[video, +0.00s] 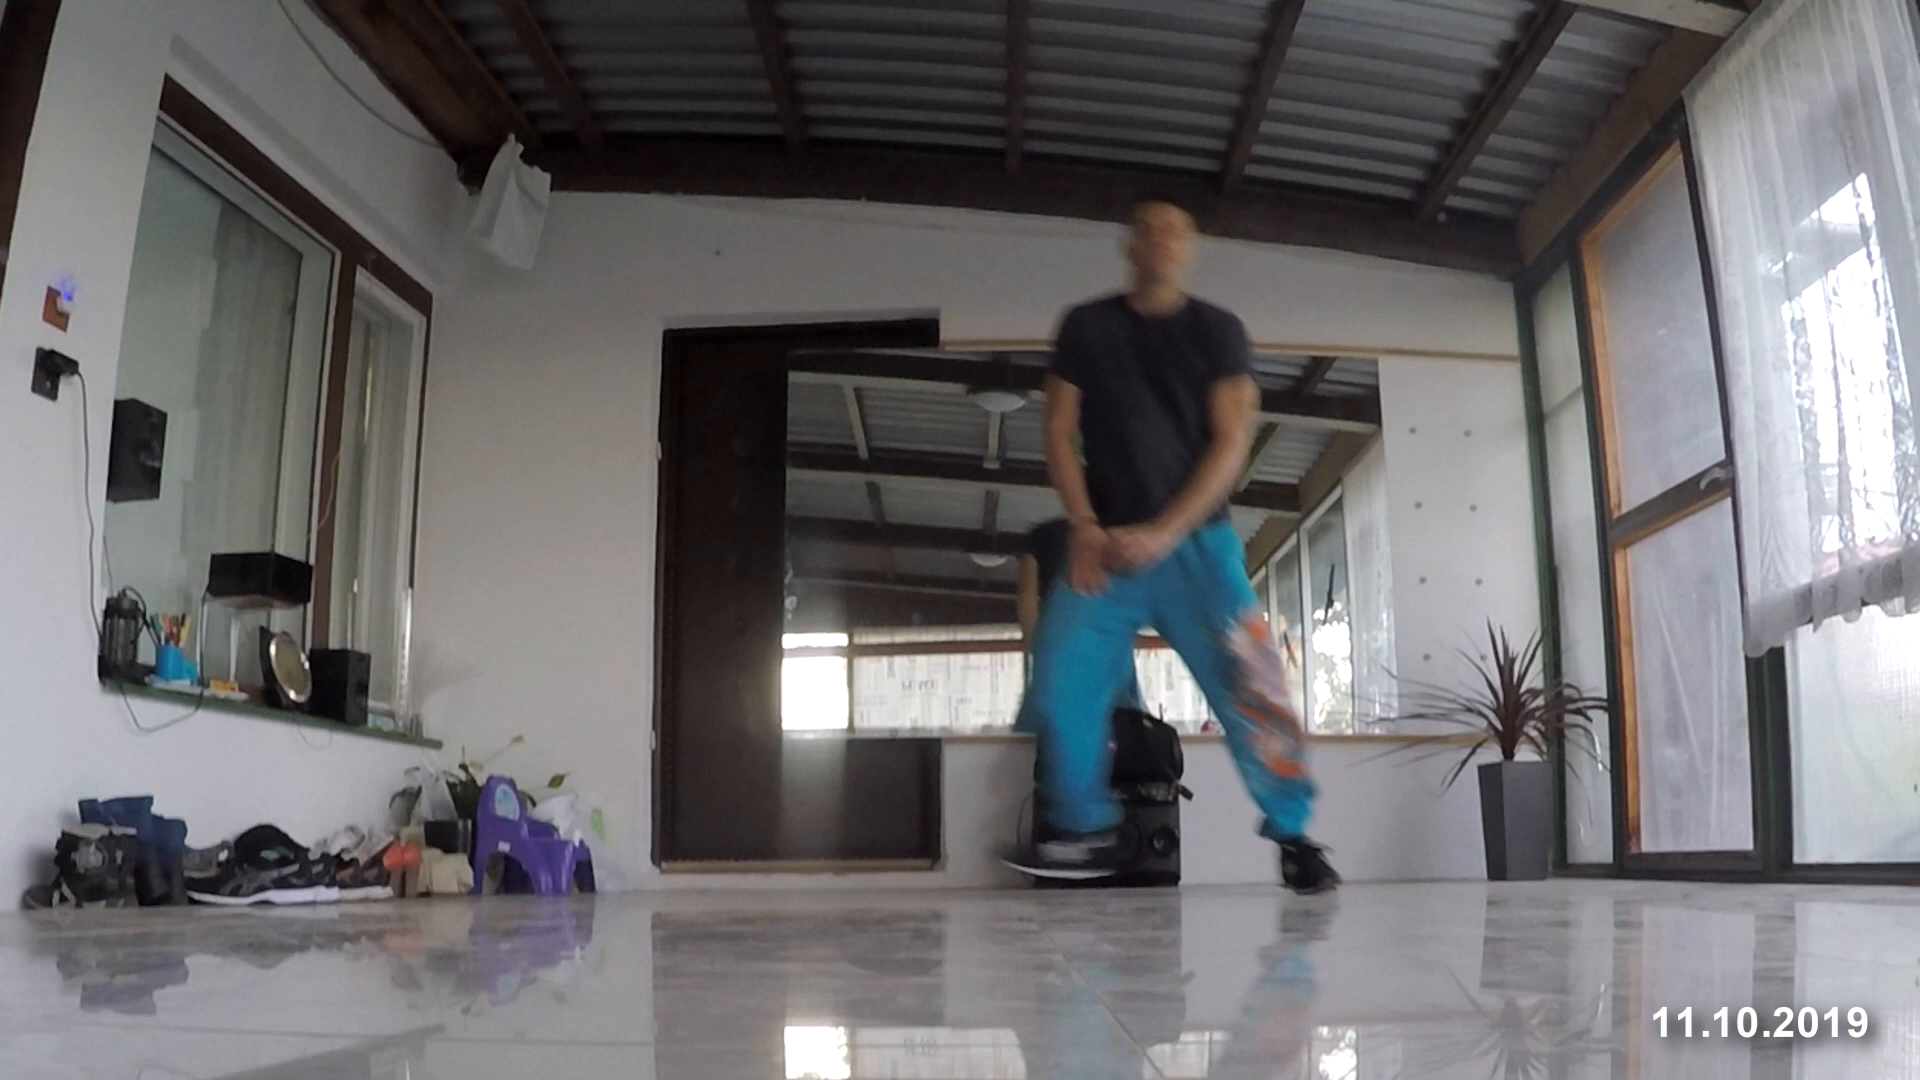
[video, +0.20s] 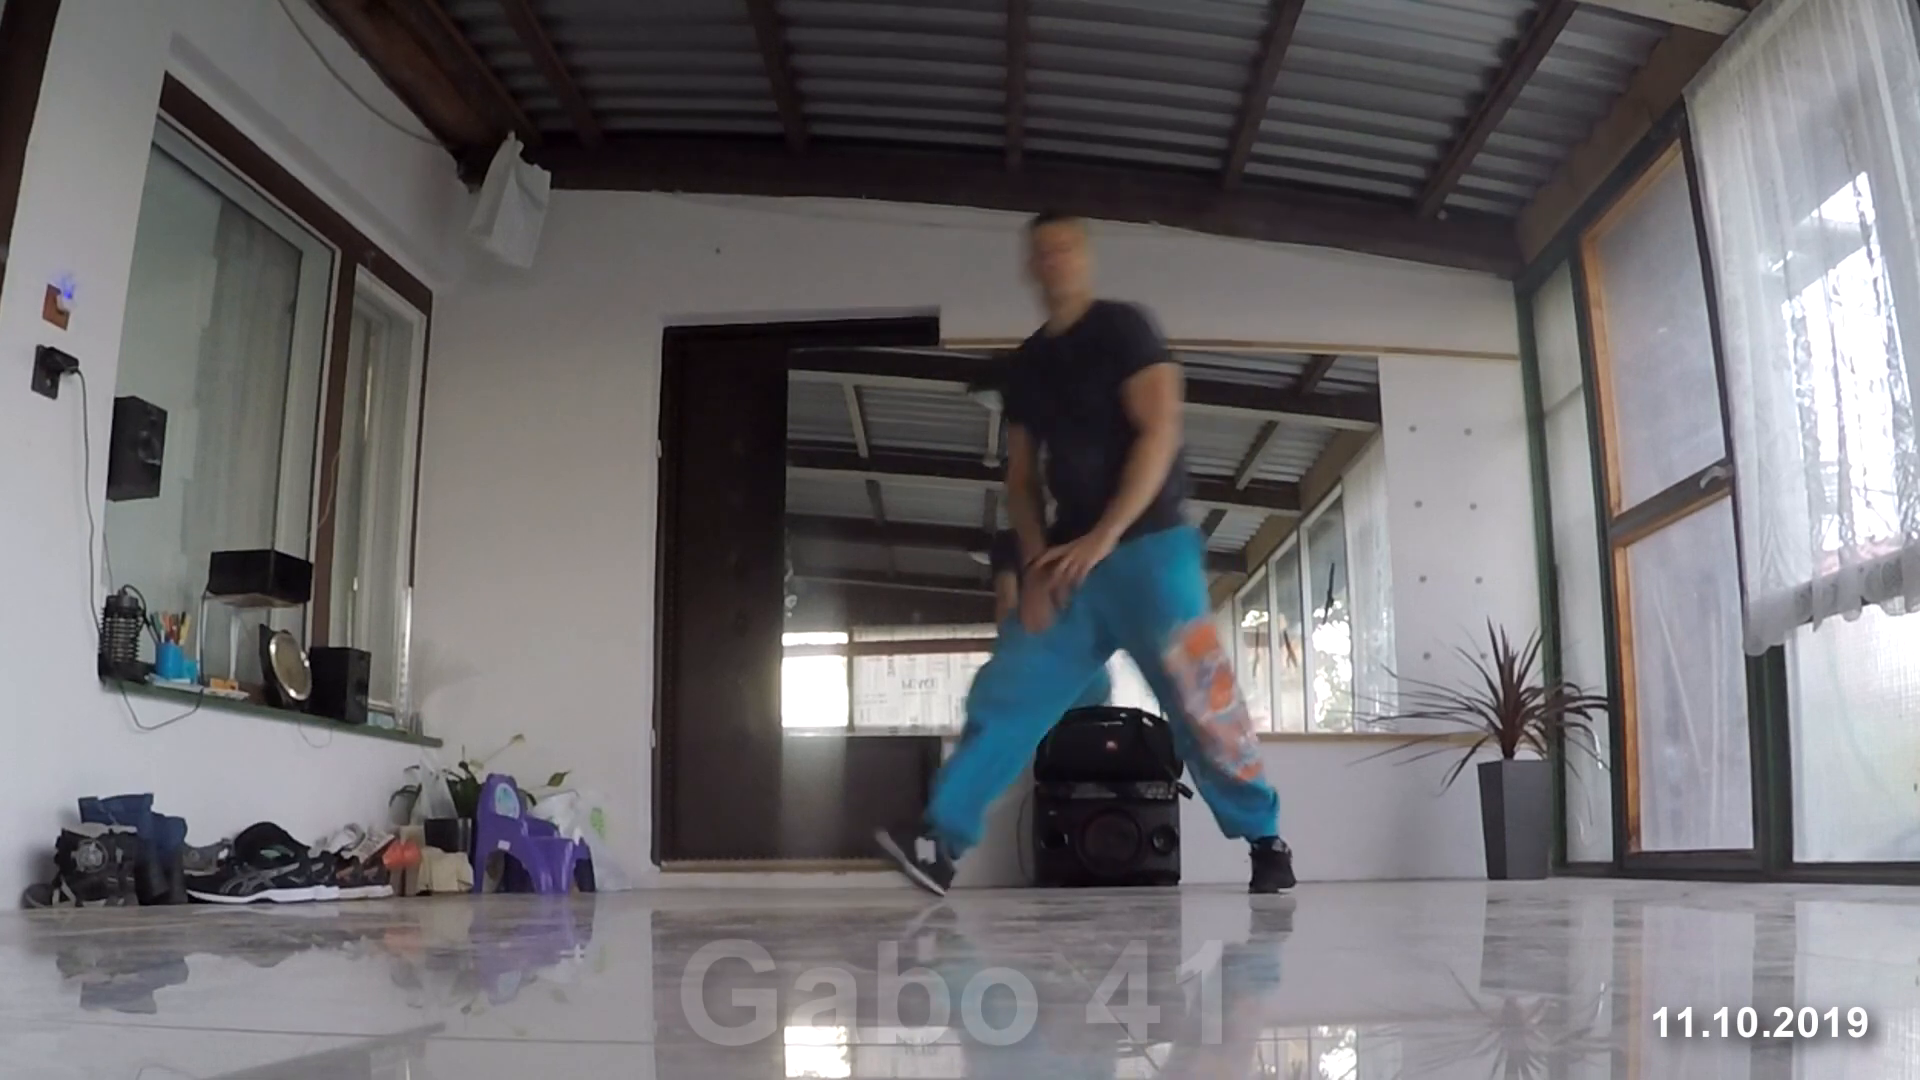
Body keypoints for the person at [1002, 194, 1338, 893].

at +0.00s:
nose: (1159, 244)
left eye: (1172, 233)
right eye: (1148, 232)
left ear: (1191, 248)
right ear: (1129, 245)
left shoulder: (1217, 330)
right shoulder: (1085, 326)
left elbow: (1231, 447)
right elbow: (1059, 433)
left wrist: (1163, 530)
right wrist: (1082, 524)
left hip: (1196, 543)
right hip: (1103, 544)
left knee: (1249, 685)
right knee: (1062, 692)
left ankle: (1295, 837)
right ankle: (1084, 836)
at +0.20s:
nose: (1055, 262)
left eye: (1065, 249)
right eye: (1044, 252)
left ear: (1088, 257)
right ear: (1030, 266)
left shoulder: (1126, 326)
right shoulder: (1027, 363)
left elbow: (1161, 432)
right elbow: (1020, 480)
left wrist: (1103, 534)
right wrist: (1035, 564)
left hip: (1152, 548)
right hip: (1068, 560)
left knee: (1198, 694)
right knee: (1009, 693)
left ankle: (1265, 840)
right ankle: (940, 842)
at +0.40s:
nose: (933, 273)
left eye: (945, 260)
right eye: (922, 265)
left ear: (974, 270)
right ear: (914, 281)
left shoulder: (1009, 333)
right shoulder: (929, 378)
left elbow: (1068, 430)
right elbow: (940, 482)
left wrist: (1054, 543)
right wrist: (953, 559)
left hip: (1064, 547)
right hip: (984, 563)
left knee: (1108, 681)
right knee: (939, 697)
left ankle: (1219, 803)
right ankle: (921, 854)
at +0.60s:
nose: (885, 263)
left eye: (898, 250)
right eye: (872, 253)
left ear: (922, 258)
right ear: (857, 266)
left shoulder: (966, 325)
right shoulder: (852, 355)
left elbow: (1063, 391)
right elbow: (803, 434)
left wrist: (1064, 489)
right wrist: (775, 497)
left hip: (996, 513)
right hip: (931, 529)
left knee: (913, 617)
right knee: (895, 680)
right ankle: (913, 853)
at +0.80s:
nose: (897, 224)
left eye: (913, 213)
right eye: (886, 208)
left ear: (933, 225)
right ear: (866, 213)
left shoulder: (945, 310)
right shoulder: (826, 290)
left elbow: (993, 421)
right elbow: (754, 361)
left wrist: (986, 533)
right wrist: (689, 433)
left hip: (902, 516)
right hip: (843, 518)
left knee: (850, 666)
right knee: (887, 681)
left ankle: (765, 833)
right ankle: (923, 854)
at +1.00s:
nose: (892, 221)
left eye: (910, 215)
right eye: (885, 202)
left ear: (924, 232)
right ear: (860, 199)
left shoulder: (906, 319)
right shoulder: (797, 266)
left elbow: (894, 452)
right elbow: (727, 339)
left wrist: (866, 564)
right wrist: (663, 414)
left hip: (838, 517)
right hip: (764, 508)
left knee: (787, 677)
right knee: (705, 662)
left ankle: (738, 852)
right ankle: (845, 791)